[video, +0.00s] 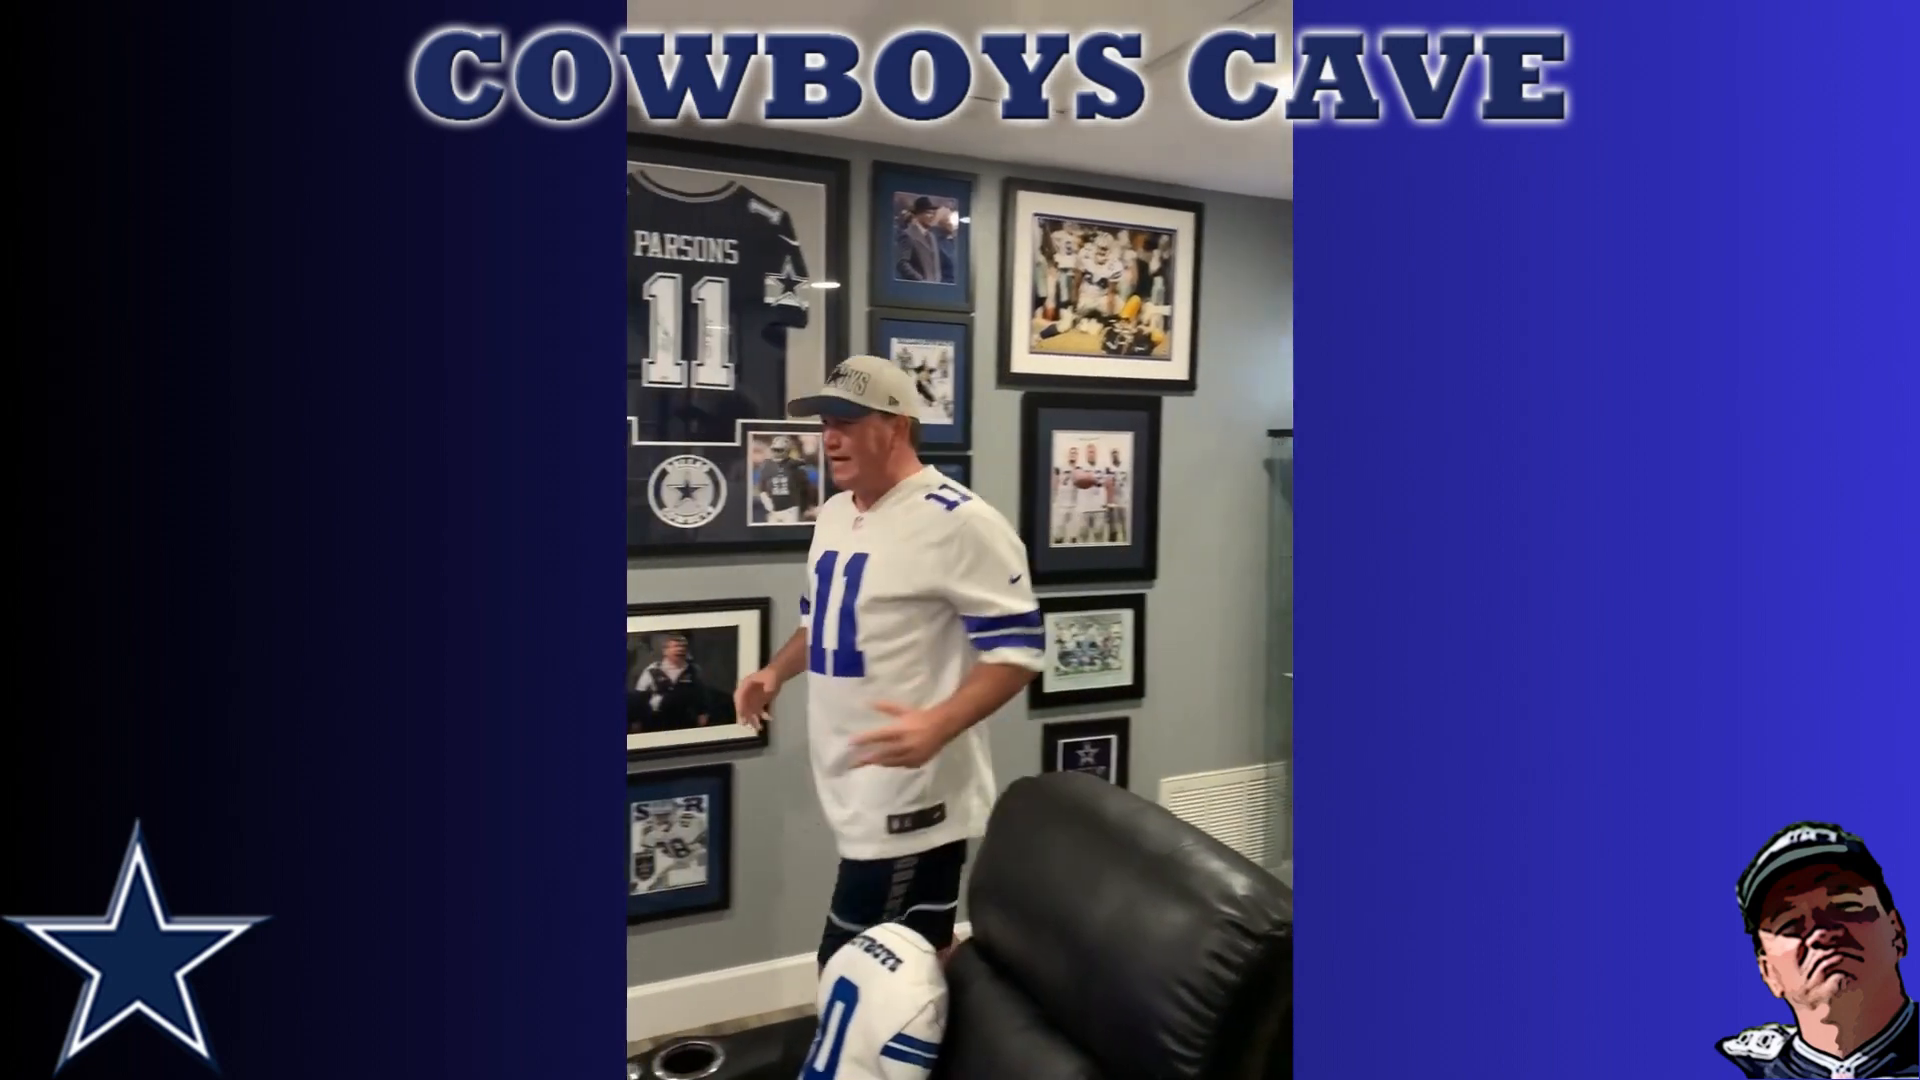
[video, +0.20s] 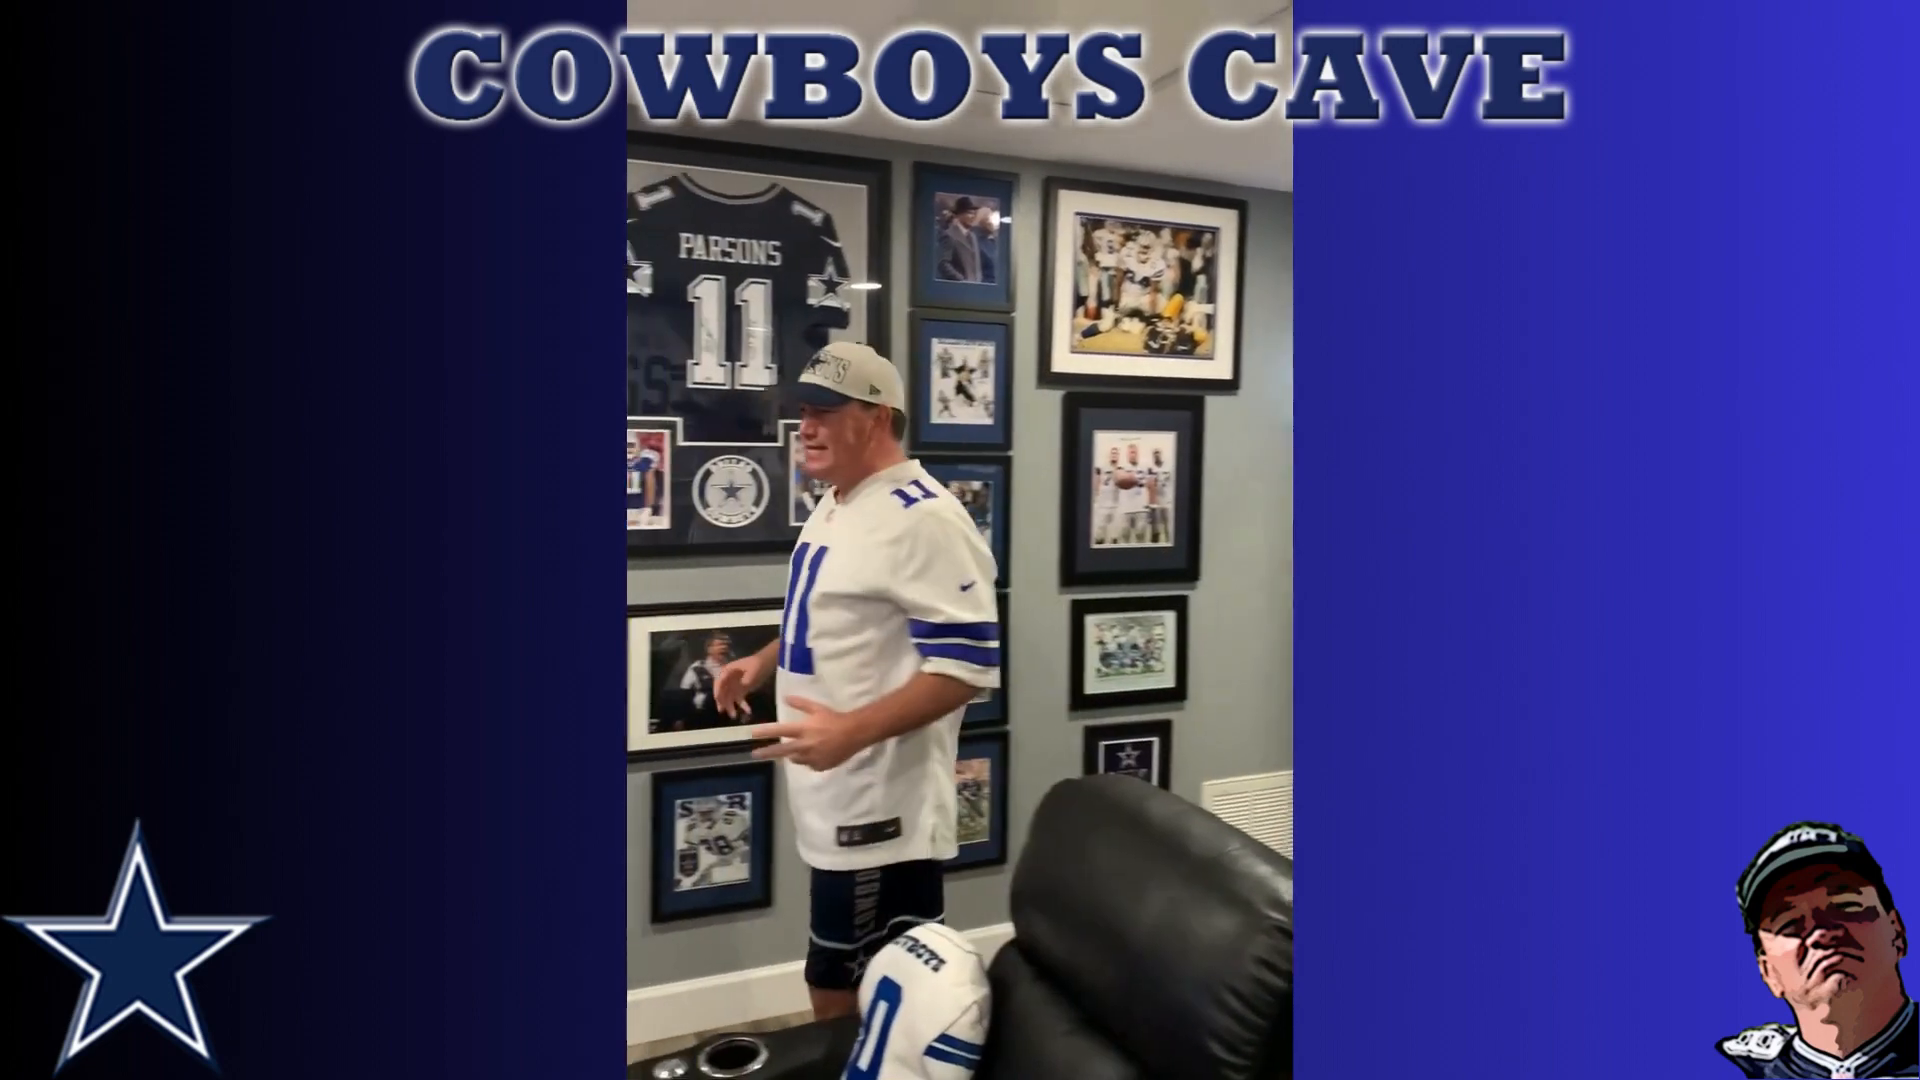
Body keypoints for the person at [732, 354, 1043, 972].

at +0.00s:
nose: (830, 440)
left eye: (846, 423)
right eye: (826, 425)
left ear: (895, 427)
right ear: (823, 433)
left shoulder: (962, 522)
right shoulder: (836, 515)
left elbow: (1019, 652)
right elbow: (824, 621)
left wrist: (940, 725)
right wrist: (775, 673)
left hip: (916, 812)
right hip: (861, 807)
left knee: (848, 979)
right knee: (926, 969)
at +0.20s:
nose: (806, 427)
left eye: (825, 411)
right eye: (803, 412)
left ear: (876, 418)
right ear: (801, 419)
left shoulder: (927, 517)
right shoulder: (836, 504)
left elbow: (965, 668)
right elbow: (826, 620)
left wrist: (853, 730)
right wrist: (760, 665)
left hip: (880, 811)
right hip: (836, 804)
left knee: (838, 999)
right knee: (879, 996)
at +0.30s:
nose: (795, 427)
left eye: (815, 410)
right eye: (794, 411)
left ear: (867, 417)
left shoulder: (910, 521)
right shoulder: (842, 505)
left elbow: (939, 679)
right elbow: (844, 635)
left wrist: (815, 740)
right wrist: (763, 665)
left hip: (868, 823)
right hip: (818, 812)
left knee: (849, 1010)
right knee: (832, 1001)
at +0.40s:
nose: (793, 425)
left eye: (810, 408)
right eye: (792, 409)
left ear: (865, 414)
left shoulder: (901, 517)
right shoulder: (852, 502)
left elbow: (911, 680)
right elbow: (850, 637)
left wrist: (780, 730)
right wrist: (768, 664)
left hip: (859, 810)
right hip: (807, 798)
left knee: (851, 1003)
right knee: (777, 942)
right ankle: (861, 1062)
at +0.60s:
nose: (794, 424)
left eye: (812, 408)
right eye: (793, 408)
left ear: (868, 417)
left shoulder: (897, 520)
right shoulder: (861, 505)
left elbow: (899, 689)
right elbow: (852, 639)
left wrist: (764, 738)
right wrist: (772, 665)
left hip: (863, 824)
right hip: (811, 810)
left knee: (876, 1029)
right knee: (772, 956)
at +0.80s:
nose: (785, 437)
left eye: (803, 418)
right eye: (787, 420)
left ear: (860, 426)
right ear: (852, 429)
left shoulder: (900, 529)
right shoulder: (856, 518)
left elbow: (920, 691)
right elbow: (860, 651)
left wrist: (784, 750)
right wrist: (777, 682)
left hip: (877, 832)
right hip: (808, 816)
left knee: (904, 1034)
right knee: (760, 966)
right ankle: (728, 1079)